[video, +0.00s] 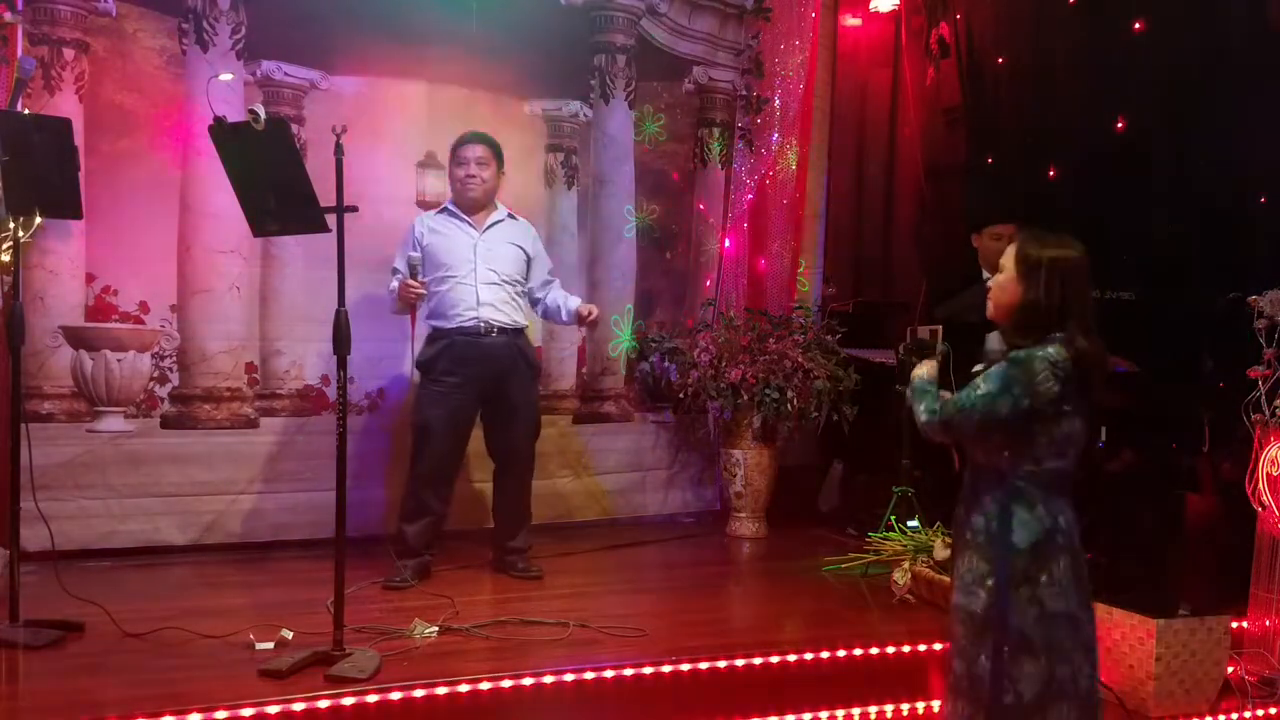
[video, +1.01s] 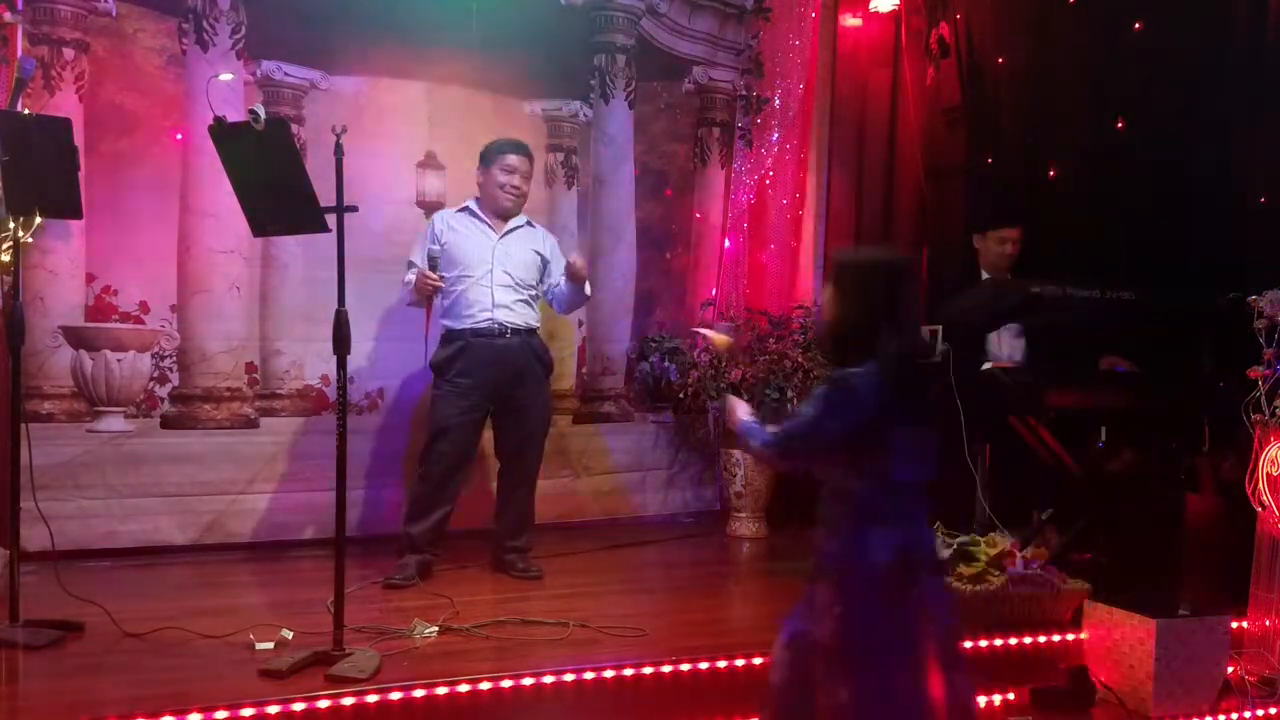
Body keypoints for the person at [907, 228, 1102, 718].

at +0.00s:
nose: (990, 282)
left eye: (1003, 275)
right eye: (996, 273)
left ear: (1037, 291)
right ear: (1043, 294)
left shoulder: (1030, 369)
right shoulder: (1064, 362)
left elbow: (938, 418)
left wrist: (921, 381)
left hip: (1010, 529)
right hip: (1046, 522)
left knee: (1004, 655)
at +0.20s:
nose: (984, 280)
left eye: (998, 273)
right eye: (990, 270)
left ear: (1033, 288)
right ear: (1042, 292)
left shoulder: (1019, 369)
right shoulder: (1061, 362)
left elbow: (927, 405)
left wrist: (918, 363)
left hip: (1003, 554)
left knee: (990, 674)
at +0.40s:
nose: (965, 291)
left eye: (977, 280)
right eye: (970, 279)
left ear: (1013, 293)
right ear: (1008, 296)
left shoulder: (1017, 372)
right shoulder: (1041, 366)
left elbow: (931, 422)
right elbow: (959, 418)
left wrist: (899, 370)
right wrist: (908, 399)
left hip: (994, 557)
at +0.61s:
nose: (928, 299)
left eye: (937, 286)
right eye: (930, 286)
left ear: (972, 295)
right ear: (972, 298)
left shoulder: (995, 380)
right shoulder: (973, 374)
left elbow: (929, 450)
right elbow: (922, 442)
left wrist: (862, 417)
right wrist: (861, 412)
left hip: (978, 574)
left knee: (980, 696)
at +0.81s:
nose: (876, 298)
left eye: (885, 288)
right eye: (880, 287)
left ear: (913, 299)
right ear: (940, 299)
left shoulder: (922, 380)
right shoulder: (966, 369)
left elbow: (871, 456)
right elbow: (881, 441)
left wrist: (813, 444)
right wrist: (819, 418)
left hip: (912, 555)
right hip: (960, 546)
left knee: (891, 675)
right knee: (965, 666)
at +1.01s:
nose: (821, 302)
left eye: (829, 291)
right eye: (825, 290)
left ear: (853, 303)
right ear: (888, 302)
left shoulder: (855, 386)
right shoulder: (918, 374)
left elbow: (784, 447)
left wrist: (744, 423)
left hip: (860, 555)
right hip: (912, 545)